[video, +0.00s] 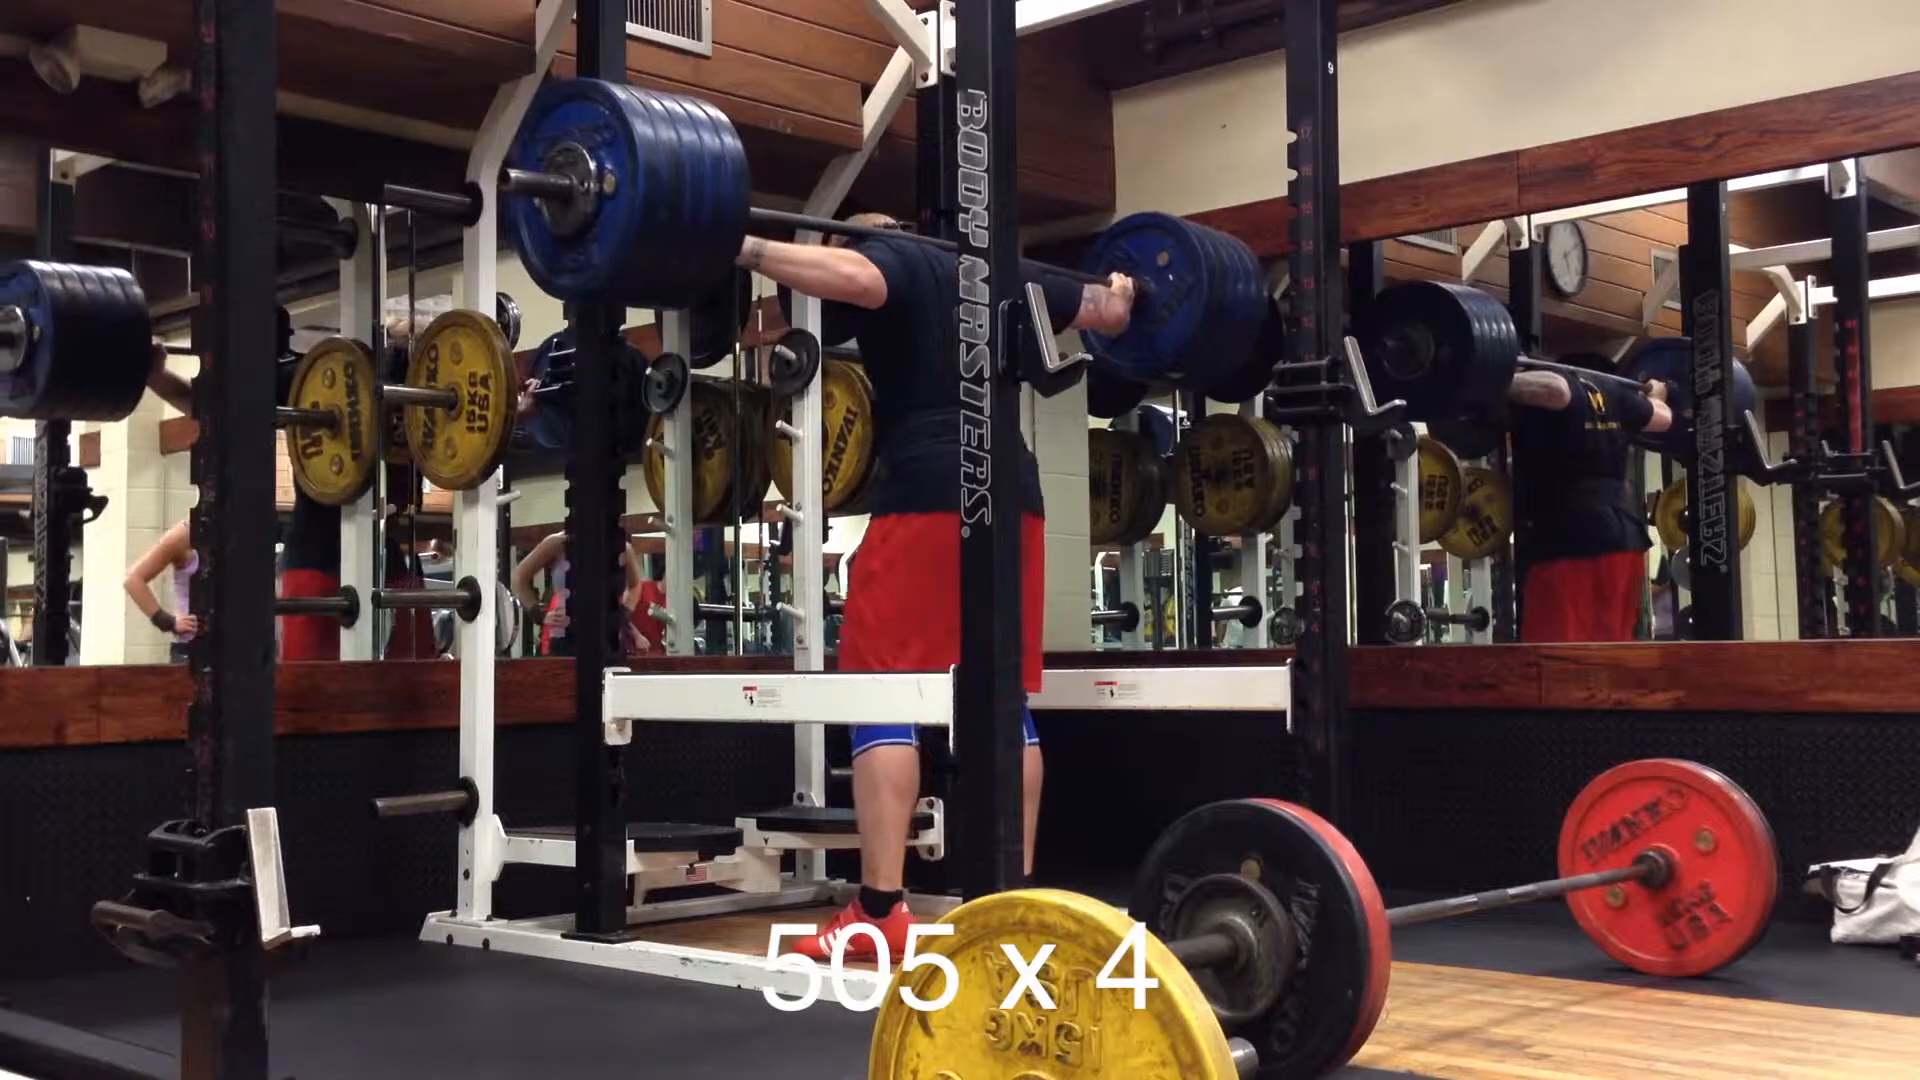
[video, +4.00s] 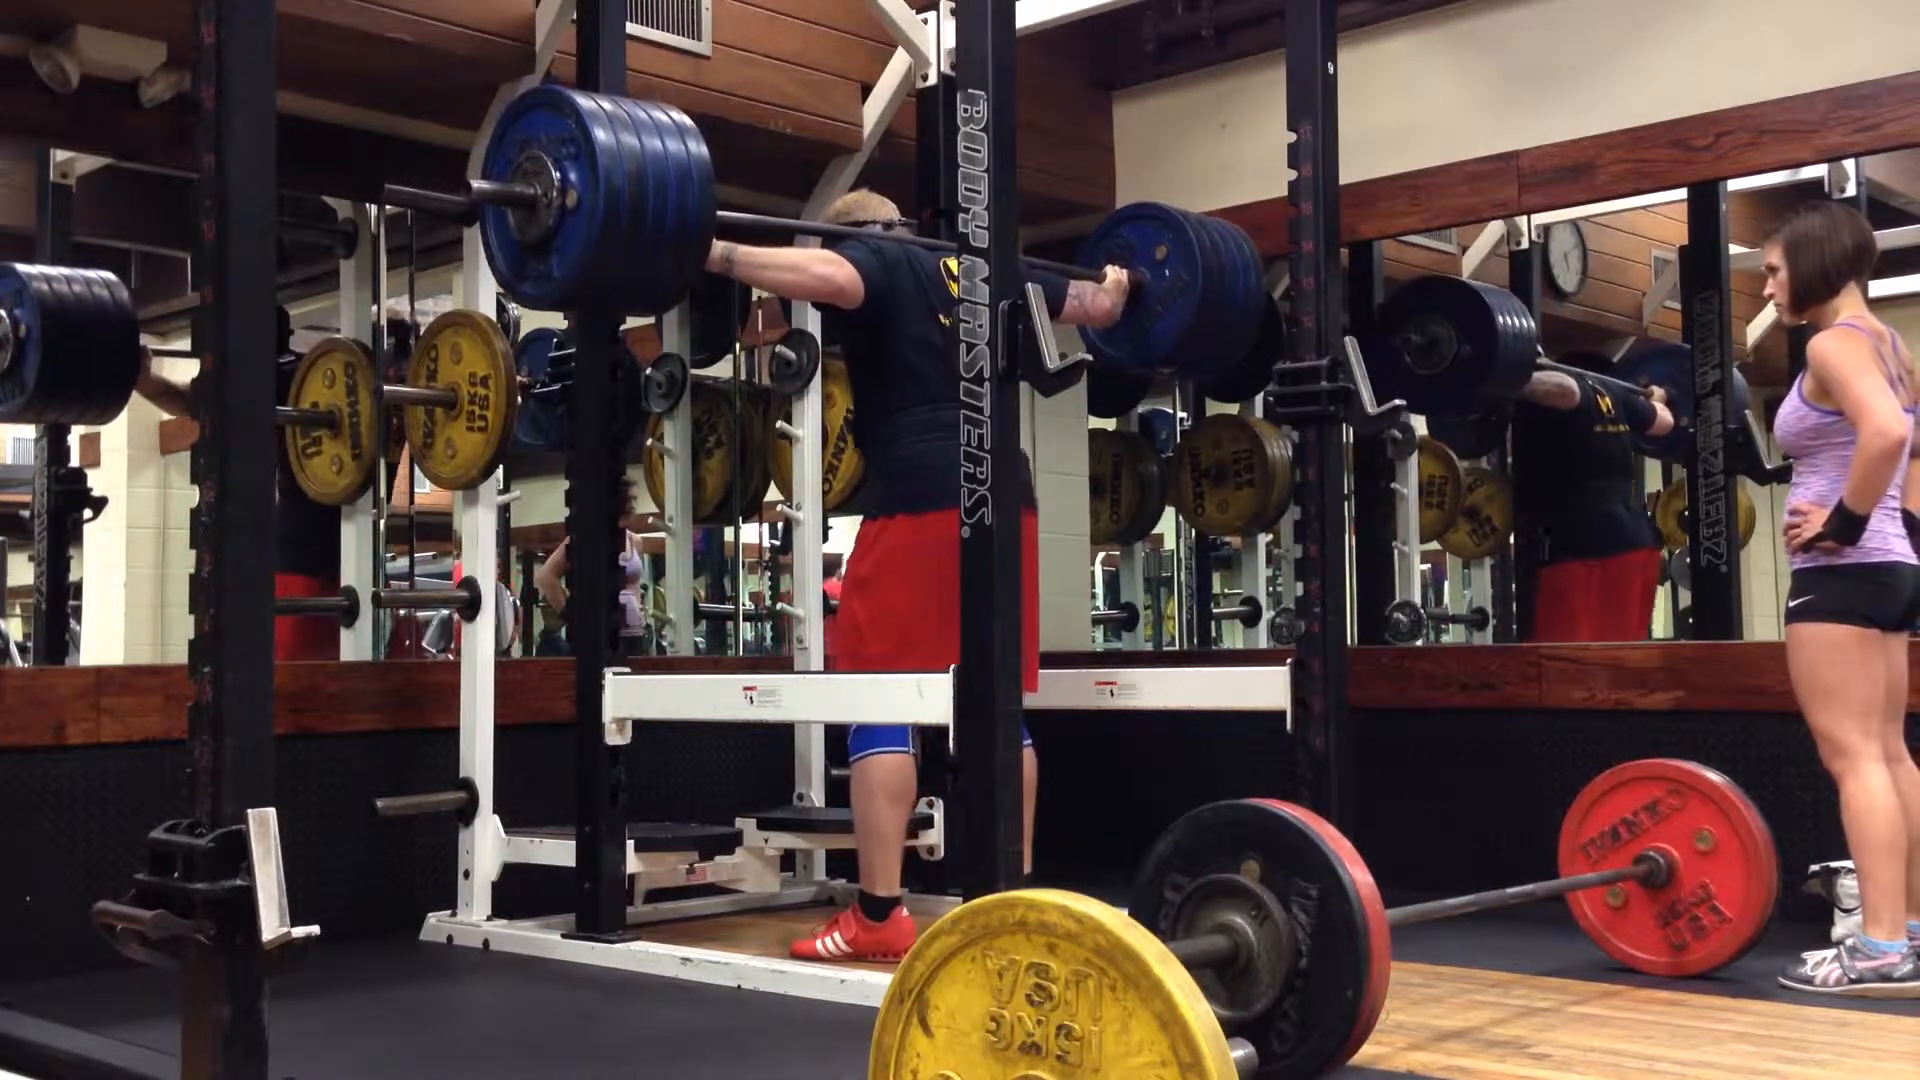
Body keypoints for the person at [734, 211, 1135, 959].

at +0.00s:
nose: (843, 256)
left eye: (844, 247)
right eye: (839, 251)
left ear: (871, 239)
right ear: (928, 227)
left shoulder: (893, 253)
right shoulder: (1001, 272)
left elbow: (858, 278)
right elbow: (1105, 309)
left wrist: (741, 246)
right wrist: (1121, 289)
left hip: (922, 501)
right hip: (1014, 501)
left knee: (882, 702)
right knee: (1009, 711)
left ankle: (881, 909)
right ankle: (1013, 901)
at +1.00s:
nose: (832, 249)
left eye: (833, 235)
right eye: (833, 235)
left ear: (853, 228)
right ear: (908, 216)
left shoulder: (878, 249)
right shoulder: (985, 266)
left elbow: (844, 277)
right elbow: (1095, 301)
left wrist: (728, 244)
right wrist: (1110, 281)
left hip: (917, 500)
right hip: (1004, 502)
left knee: (896, 708)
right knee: (1008, 709)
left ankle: (882, 912)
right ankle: (1014, 901)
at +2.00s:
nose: (835, 250)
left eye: (833, 241)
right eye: (831, 243)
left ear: (856, 232)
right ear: (904, 222)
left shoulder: (878, 249)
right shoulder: (988, 264)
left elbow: (848, 276)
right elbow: (1097, 306)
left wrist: (730, 245)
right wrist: (1120, 284)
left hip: (915, 500)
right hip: (1002, 500)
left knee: (899, 707)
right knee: (1007, 710)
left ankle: (881, 911)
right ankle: (1013, 903)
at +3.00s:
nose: (833, 245)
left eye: (834, 236)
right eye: (831, 238)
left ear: (857, 229)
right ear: (905, 220)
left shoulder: (880, 250)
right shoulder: (988, 267)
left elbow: (835, 264)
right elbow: (1096, 302)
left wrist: (720, 237)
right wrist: (1119, 283)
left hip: (914, 500)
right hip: (1001, 503)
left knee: (894, 707)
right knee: (1006, 710)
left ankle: (881, 910)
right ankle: (1013, 902)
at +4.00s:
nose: (829, 260)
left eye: (830, 246)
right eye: (830, 245)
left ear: (850, 234)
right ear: (902, 220)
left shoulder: (870, 253)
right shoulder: (987, 268)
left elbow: (834, 281)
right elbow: (1093, 304)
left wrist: (721, 252)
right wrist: (1117, 281)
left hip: (918, 505)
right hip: (1009, 506)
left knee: (879, 707)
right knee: (1004, 714)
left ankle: (879, 911)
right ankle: (1012, 902)